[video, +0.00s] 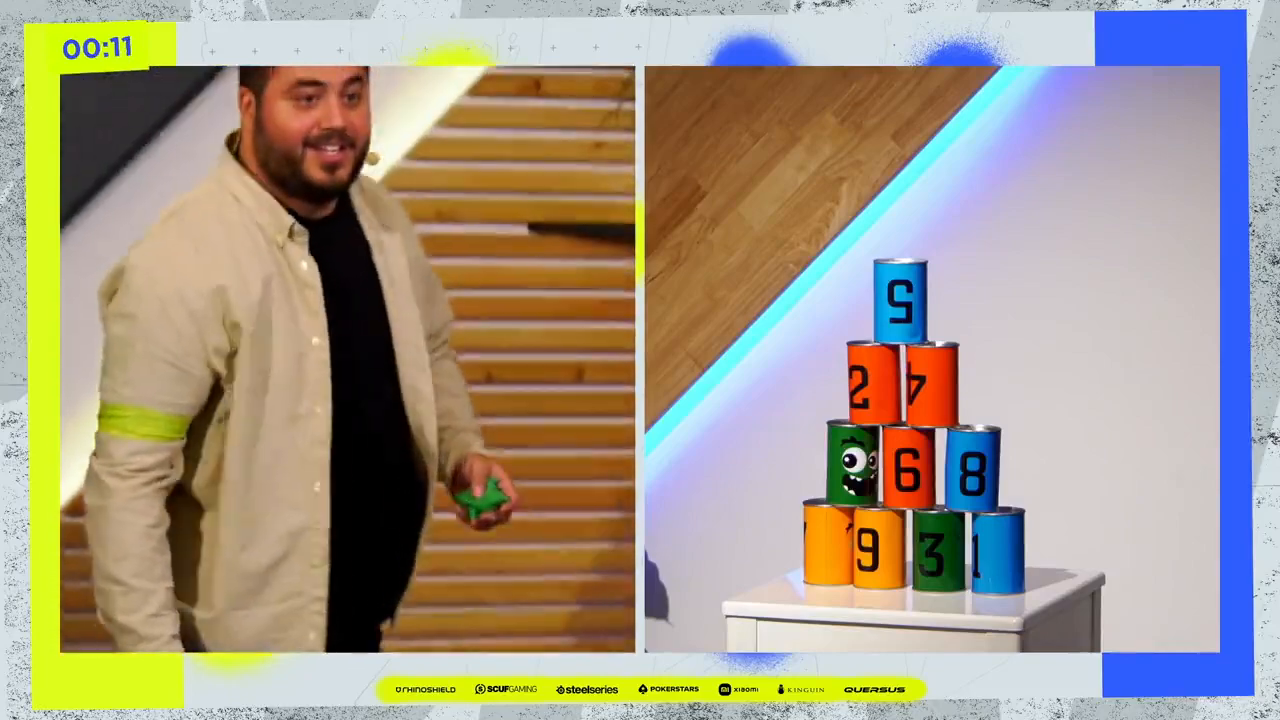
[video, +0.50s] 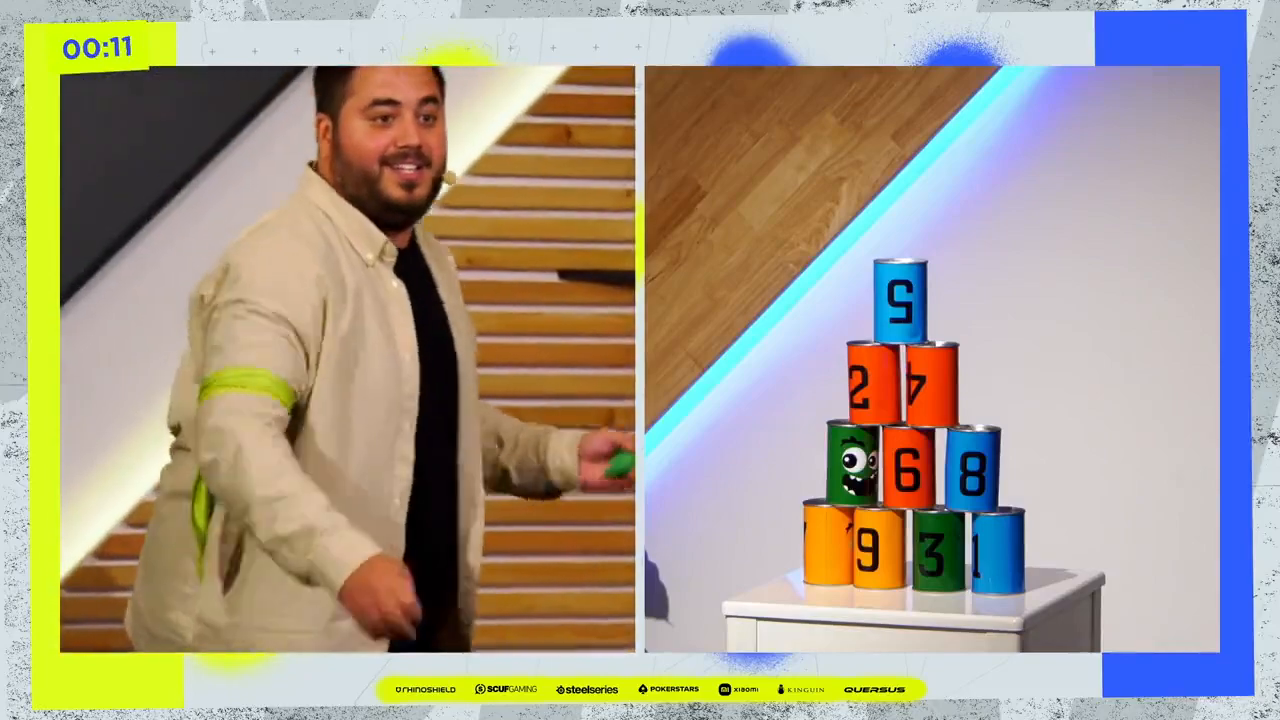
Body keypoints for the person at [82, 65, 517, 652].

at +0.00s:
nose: (337, 121)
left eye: (353, 95)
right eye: (307, 96)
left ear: (369, 102)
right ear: (249, 106)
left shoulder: (380, 213)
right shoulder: (178, 264)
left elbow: (431, 352)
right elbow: (126, 478)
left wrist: (462, 452)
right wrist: (155, 664)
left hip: (363, 611)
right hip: (242, 633)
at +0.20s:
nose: (332, 134)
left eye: (348, 111)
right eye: (302, 111)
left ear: (366, 127)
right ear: (247, 130)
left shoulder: (370, 248)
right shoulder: (195, 278)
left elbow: (404, 405)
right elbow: (151, 495)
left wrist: (484, 481)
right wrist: (209, 671)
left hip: (405, 646)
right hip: (270, 653)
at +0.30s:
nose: (358, 116)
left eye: (374, 92)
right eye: (327, 92)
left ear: (390, 109)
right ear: (271, 111)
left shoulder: (391, 232)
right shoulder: (221, 258)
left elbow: (420, 401)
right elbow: (181, 472)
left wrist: (509, 464)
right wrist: (262, 644)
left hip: (406, 636)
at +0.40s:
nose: (385, 120)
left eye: (402, 95)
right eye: (355, 97)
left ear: (419, 113)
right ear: (301, 117)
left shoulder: (415, 236)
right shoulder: (256, 249)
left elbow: (436, 405)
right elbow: (212, 454)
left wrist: (532, 456)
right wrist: (316, 613)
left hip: (410, 634)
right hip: (269, 643)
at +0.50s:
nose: (413, 139)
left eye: (428, 115)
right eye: (382, 116)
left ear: (445, 130)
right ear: (327, 134)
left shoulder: (426, 257)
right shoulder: (277, 262)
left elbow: (435, 431)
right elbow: (234, 436)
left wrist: (564, 456)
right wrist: (348, 563)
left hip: (413, 638)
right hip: (283, 645)